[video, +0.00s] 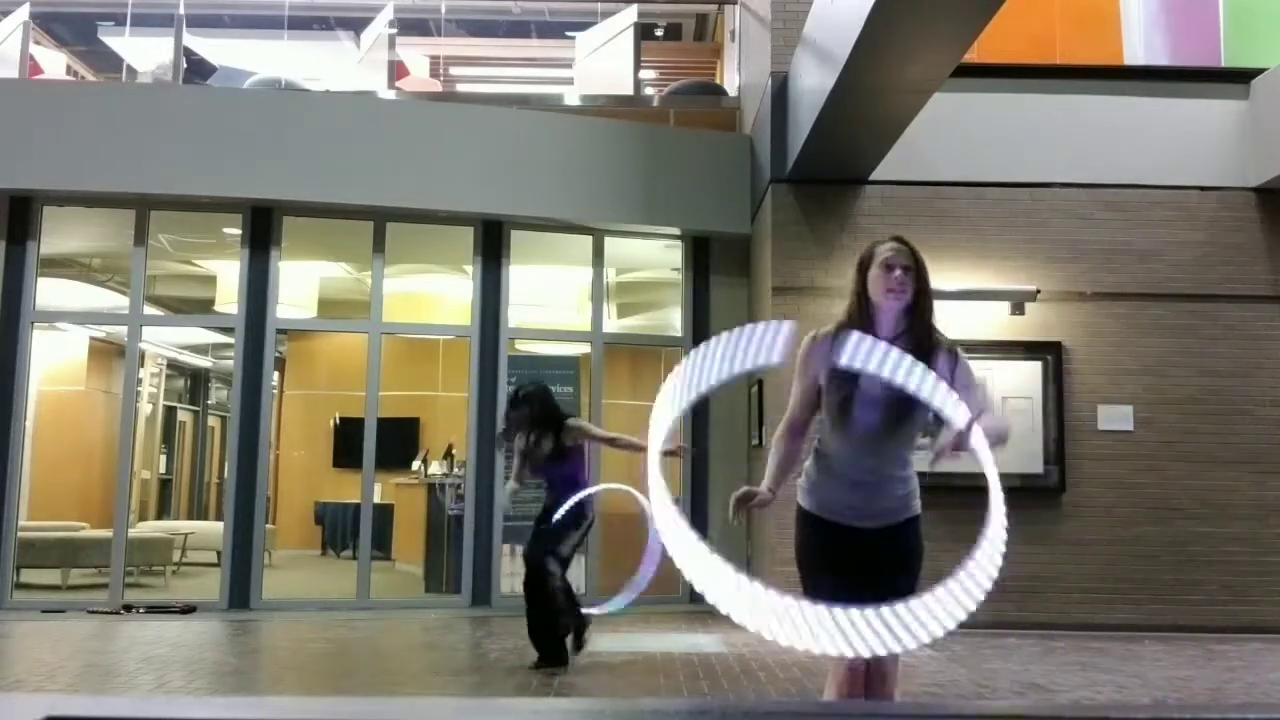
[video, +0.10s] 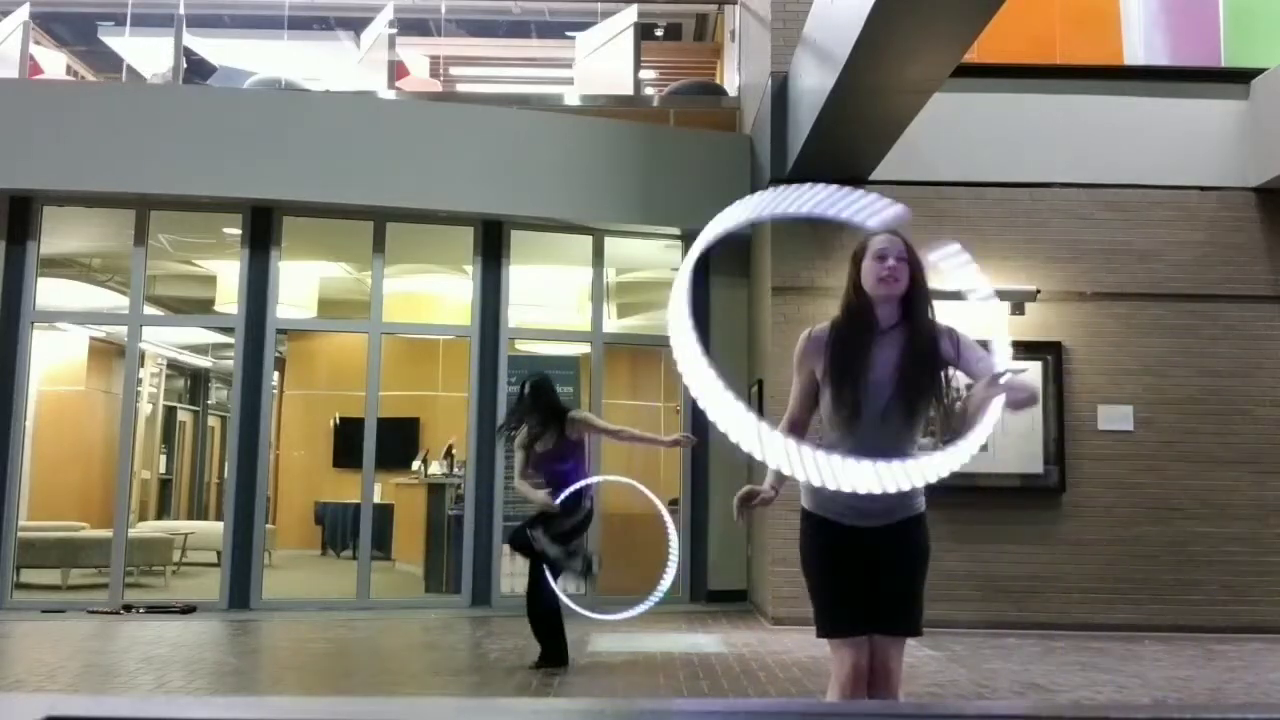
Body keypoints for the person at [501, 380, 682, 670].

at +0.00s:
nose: (519, 418)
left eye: (522, 412)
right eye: (517, 413)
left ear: (538, 409)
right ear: (519, 414)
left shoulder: (571, 428)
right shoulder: (525, 440)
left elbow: (613, 440)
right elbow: (518, 478)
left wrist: (659, 449)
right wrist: (510, 490)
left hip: (577, 509)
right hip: (551, 511)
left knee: (548, 565)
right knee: (535, 578)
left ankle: (575, 620)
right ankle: (551, 653)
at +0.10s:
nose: (528, 412)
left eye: (533, 406)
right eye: (525, 406)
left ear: (545, 403)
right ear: (523, 405)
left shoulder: (575, 421)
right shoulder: (524, 436)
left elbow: (618, 433)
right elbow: (518, 481)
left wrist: (665, 441)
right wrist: (537, 496)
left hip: (577, 506)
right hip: (548, 510)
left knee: (520, 537)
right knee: (539, 590)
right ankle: (553, 654)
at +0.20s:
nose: (537, 399)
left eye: (542, 392)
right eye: (533, 392)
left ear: (555, 387)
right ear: (528, 390)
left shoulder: (579, 406)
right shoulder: (526, 420)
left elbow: (623, 423)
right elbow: (524, 466)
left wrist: (667, 434)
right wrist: (546, 481)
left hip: (580, 496)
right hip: (554, 499)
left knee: (519, 523)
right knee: (550, 572)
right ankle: (555, 648)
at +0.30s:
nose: (544, 380)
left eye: (550, 373)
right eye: (540, 375)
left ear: (562, 374)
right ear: (535, 377)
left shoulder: (582, 399)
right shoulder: (536, 410)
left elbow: (628, 418)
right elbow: (530, 456)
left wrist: (672, 428)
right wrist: (550, 468)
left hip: (579, 487)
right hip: (550, 490)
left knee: (524, 523)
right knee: (555, 571)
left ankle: (591, 543)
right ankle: (561, 650)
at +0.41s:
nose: (554, 382)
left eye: (560, 376)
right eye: (550, 376)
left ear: (572, 378)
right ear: (544, 379)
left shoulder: (588, 405)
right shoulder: (542, 413)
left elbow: (631, 425)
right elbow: (531, 461)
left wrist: (674, 436)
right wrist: (545, 450)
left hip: (582, 495)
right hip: (556, 495)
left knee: (549, 547)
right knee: (552, 561)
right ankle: (564, 651)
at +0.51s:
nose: (559, 378)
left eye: (565, 372)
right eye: (555, 373)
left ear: (575, 376)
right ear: (549, 376)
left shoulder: (591, 405)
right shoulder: (547, 412)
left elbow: (630, 431)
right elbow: (537, 459)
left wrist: (671, 454)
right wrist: (537, 434)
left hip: (583, 498)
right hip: (552, 498)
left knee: (571, 573)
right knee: (556, 576)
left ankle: (574, 653)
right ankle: (561, 652)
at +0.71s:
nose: (568, 381)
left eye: (575, 375)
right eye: (564, 375)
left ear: (585, 377)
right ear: (558, 377)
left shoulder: (599, 408)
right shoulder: (550, 408)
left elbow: (618, 448)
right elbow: (536, 445)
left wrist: (640, 482)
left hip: (586, 503)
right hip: (554, 503)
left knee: (581, 581)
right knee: (557, 580)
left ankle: (578, 657)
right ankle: (560, 653)